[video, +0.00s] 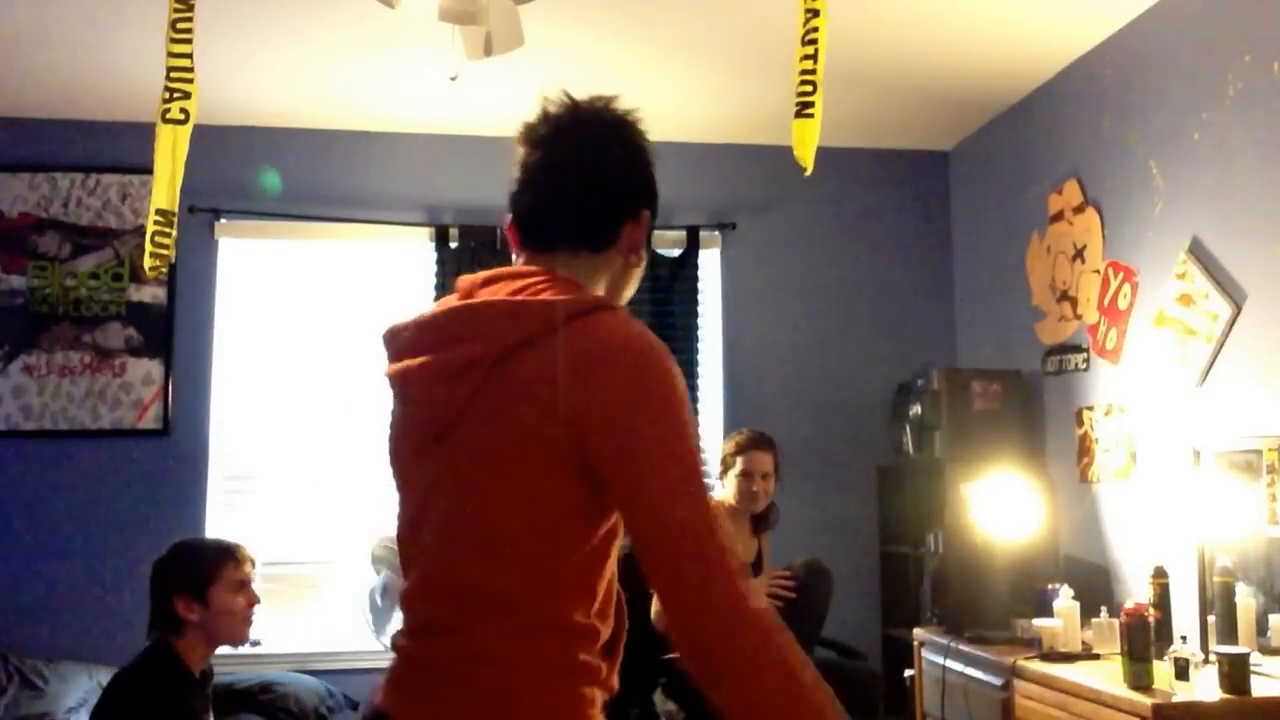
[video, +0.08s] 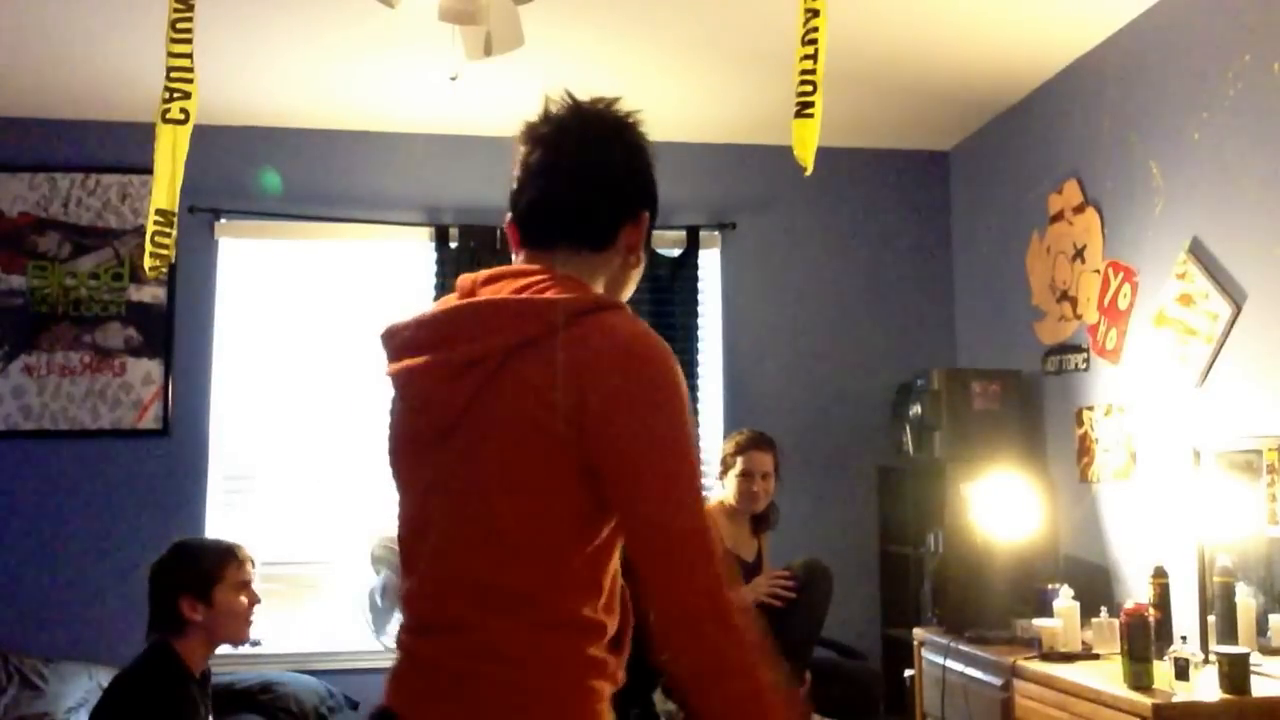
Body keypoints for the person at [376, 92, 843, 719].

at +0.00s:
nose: (644, 264)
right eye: (649, 244)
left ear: (511, 235)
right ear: (636, 235)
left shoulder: (433, 354)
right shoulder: (610, 351)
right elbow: (708, 611)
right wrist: (820, 709)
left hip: (416, 692)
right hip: (547, 698)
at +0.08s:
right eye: (647, 244)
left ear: (511, 235)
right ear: (637, 235)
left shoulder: (429, 354)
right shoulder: (618, 353)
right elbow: (691, 617)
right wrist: (770, 705)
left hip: (418, 693)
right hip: (559, 700)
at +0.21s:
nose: (630, 269)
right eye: (635, 249)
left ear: (496, 243)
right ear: (620, 244)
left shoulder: (417, 363)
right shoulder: (622, 369)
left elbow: (390, 583)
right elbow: (611, 591)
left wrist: (381, 710)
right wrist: (620, 705)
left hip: (455, 694)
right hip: (580, 700)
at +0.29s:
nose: (629, 268)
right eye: (635, 250)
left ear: (498, 245)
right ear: (622, 244)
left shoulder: (418, 369)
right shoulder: (625, 371)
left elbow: (388, 609)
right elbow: (598, 605)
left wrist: (355, 712)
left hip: (460, 696)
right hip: (584, 701)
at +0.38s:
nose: (647, 266)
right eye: (651, 248)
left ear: (513, 241)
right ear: (638, 241)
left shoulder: (429, 362)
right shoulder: (635, 356)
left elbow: (401, 575)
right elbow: (626, 588)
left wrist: (389, 707)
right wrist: (632, 708)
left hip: (438, 696)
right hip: (568, 695)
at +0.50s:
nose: (651, 286)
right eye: (658, 267)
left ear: (527, 246)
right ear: (649, 249)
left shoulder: (444, 349)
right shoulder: (636, 347)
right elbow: (692, 602)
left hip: (417, 690)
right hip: (557, 700)